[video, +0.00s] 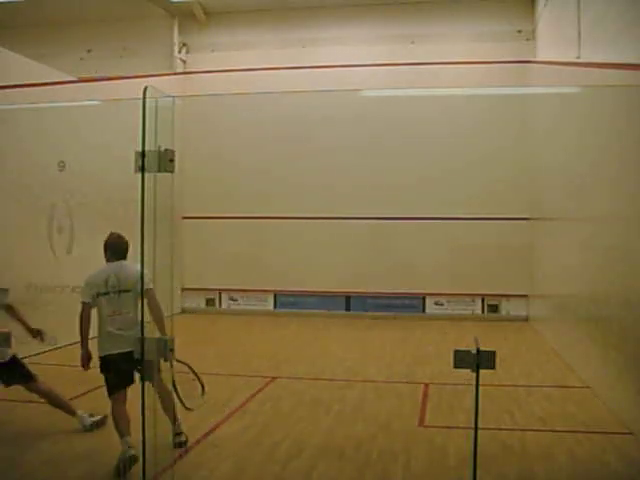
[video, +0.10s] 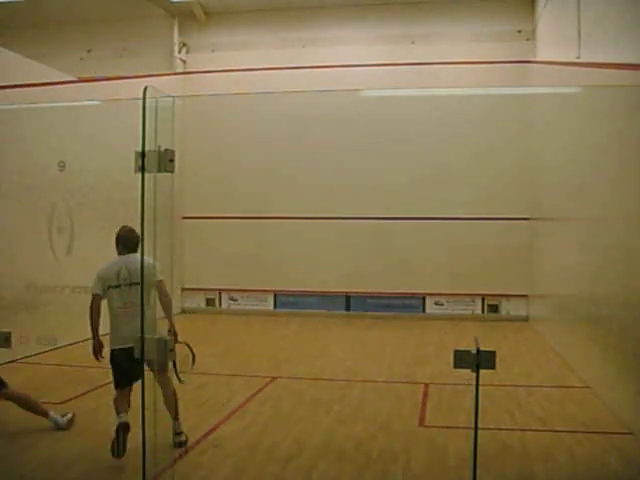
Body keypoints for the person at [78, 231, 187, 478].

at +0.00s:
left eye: (105, 249)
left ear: (104, 252)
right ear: (127, 252)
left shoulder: (94, 279)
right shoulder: (139, 273)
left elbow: (85, 314)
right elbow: (154, 305)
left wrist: (84, 348)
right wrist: (164, 337)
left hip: (111, 351)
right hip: (141, 346)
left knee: (118, 401)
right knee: (159, 383)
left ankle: (127, 446)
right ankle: (177, 430)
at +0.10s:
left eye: (117, 243)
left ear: (116, 245)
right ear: (138, 245)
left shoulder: (106, 271)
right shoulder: (149, 265)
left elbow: (95, 305)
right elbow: (164, 294)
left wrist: (95, 338)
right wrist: (171, 324)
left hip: (122, 342)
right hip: (150, 339)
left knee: (122, 389)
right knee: (165, 381)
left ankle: (122, 420)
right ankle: (178, 430)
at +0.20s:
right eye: (143, 235)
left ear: (124, 238)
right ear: (145, 237)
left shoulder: (113, 262)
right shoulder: (156, 258)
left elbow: (101, 296)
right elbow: (170, 286)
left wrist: (101, 329)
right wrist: (176, 314)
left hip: (124, 333)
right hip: (154, 330)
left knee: (122, 375)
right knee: (167, 371)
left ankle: (122, 416)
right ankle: (178, 417)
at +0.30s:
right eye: (148, 239)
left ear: (127, 242)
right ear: (148, 241)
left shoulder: (115, 264)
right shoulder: (158, 260)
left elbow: (103, 295)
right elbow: (173, 287)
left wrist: (104, 325)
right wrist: (176, 312)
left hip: (125, 330)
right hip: (156, 329)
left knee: (119, 368)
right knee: (174, 365)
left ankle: (110, 415)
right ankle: (184, 409)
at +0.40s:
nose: (151, 259)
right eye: (152, 255)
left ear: (134, 257)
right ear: (153, 257)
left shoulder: (120, 279)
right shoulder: (161, 279)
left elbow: (106, 307)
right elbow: (175, 308)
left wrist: (109, 333)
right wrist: (183, 325)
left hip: (127, 340)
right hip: (155, 340)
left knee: (116, 373)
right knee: (183, 367)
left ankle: (95, 410)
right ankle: (199, 411)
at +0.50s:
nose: (168, 270)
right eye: (168, 267)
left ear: (149, 268)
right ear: (168, 270)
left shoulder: (133, 288)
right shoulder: (170, 292)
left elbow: (118, 320)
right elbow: (184, 325)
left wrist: (126, 340)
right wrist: (197, 342)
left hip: (132, 348)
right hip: (158, 350)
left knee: (123, 375)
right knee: (190, 366)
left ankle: (97, 410)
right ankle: (204, 411)